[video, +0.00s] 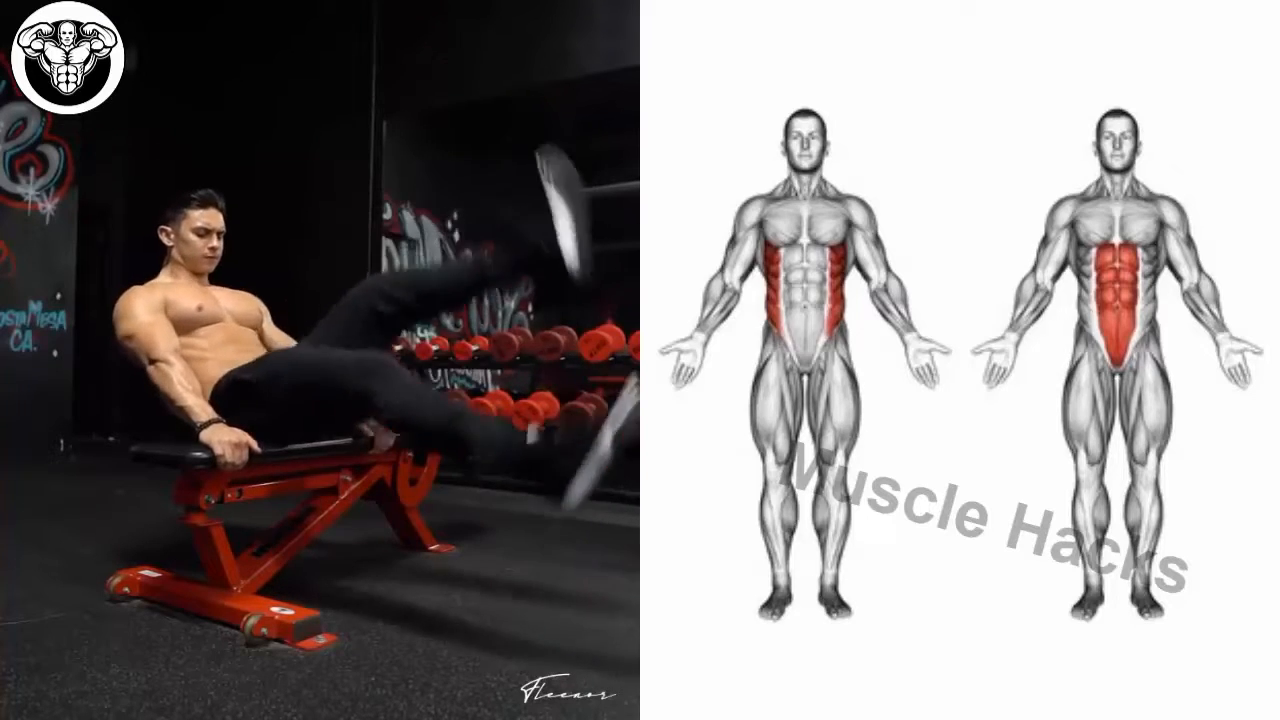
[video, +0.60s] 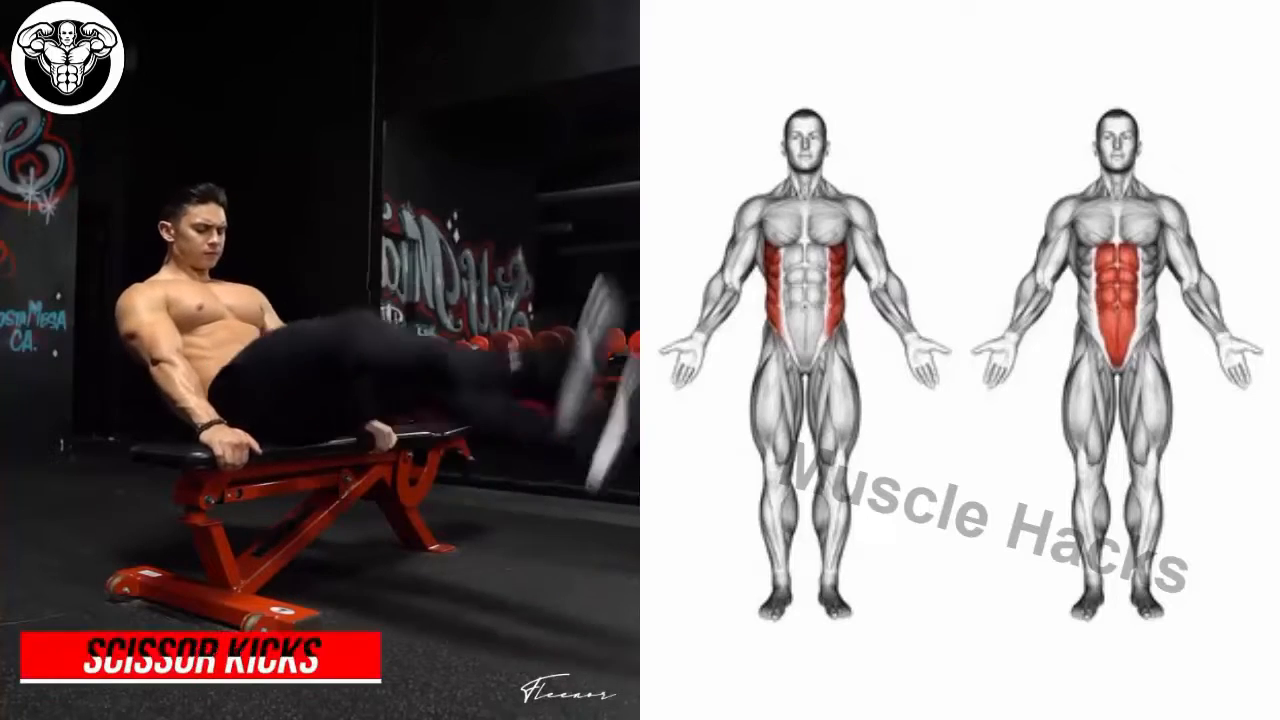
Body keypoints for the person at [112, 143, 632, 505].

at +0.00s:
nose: (214, 244)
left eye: (219, 235)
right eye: (202, 233)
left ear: (222, 242)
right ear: (168, 236)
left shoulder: (245, 299)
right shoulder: (140, 301)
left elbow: (303, 357)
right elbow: (164, 364)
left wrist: (364, 410)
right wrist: (208, 424)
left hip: (296, 383)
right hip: (242, 397)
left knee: (378, 294)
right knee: (368, 366)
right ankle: (535, 458)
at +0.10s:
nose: (211, 242)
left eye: (216, 233)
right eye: (199, 231)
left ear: (219, 239)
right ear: (165, 236)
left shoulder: (247, 297)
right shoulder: (140, 300)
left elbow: (292, 363)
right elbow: (165, 365)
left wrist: (355, 413)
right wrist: (210, 424)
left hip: (291, 396)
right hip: (238, 401)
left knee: (405, 328)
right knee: (364, 338)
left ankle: (561, 369)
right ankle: (546, 357)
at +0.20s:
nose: (213, 238)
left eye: (217, 229)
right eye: (199, 228)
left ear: (221, 235)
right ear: (166, 235)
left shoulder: (250, 294)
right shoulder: (142, 299)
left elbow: (303, 357)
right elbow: (166, 364)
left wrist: (360, 421)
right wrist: (210, 424)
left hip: (305, 401)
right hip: (246, 400)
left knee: (430, 369)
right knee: (346, 295)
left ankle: (574, 470)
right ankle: (529, 262)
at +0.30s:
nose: (217, 237)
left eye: (223, 228)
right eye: (204, 227)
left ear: (226, 232)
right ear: (171, 231)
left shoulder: (251, 291)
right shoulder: (144, 297)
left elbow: (299, 340)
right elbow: (166, 366)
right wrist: (210, 426)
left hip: (304, 395)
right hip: (243, 393)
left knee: (427, 416)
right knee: (337, 281)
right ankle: (487, 206)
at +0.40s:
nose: (219, 238)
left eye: (224, 229)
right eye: (206, 228)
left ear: (227, 234)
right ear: (171, 230)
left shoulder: (252, 289)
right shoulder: (144, 296)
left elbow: (305, 330)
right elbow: (164, 367)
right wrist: (209, 427)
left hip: (301, 392)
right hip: (241, 388)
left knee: (428, 421)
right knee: (334, 281)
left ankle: (529, 572)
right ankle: (480, 200)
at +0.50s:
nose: (215, 239)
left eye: (221, 230)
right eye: (202, 229)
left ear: (225, 235)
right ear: (168, 232)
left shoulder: (251, 293)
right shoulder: (143, 298)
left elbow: (302, 350)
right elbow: (163, 366)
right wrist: (210, 426)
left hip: (302, 396)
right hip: (242, 393)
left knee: (425, 398)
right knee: (336, 299)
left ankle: (539, 532)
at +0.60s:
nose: (214, 241)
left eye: (220, 232)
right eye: (202, 230)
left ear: (224, 236)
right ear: (169, 233)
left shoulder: (249, 294)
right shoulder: (142, 296)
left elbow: (303, 360)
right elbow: (166, 364)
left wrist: (361, 418)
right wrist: (210, 424)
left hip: (300, 402)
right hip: (242, 401)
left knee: (432, 372)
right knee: (346, 333)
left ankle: (568, 439)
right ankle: (505, 368)